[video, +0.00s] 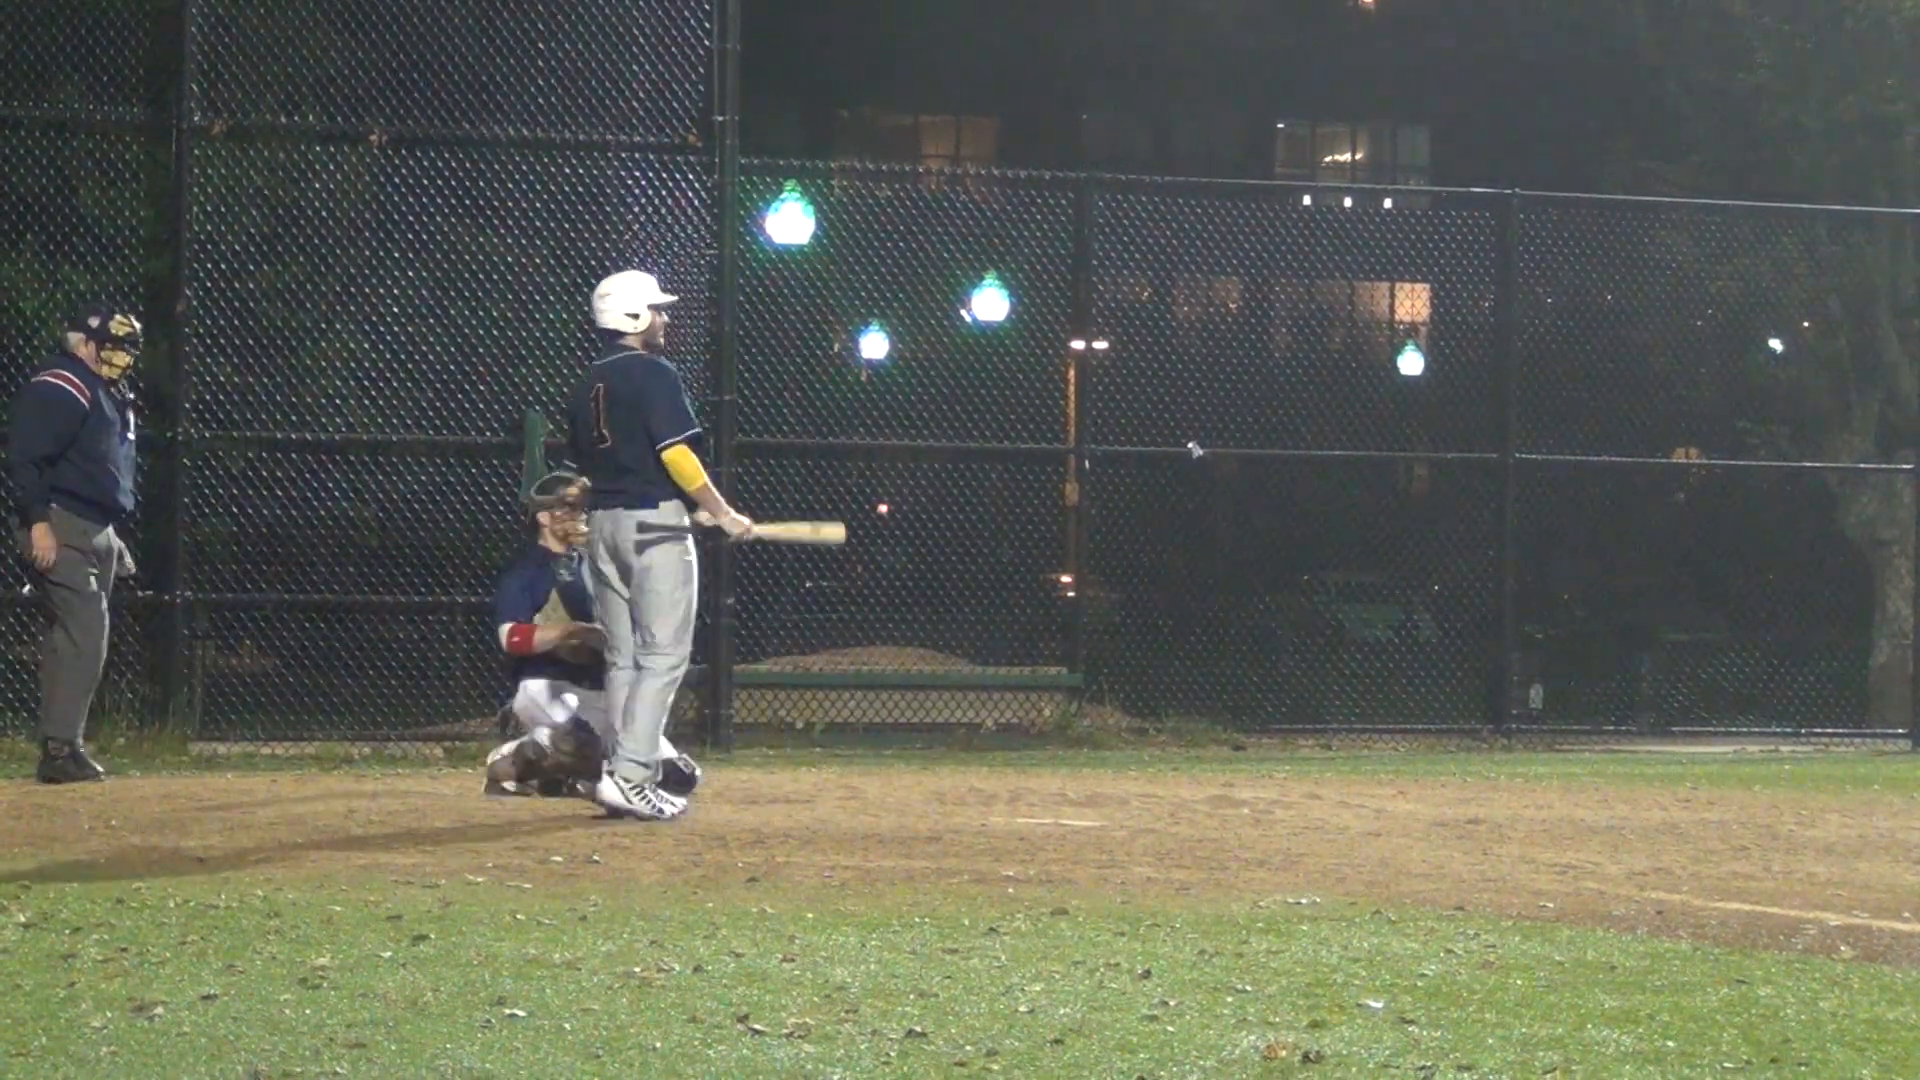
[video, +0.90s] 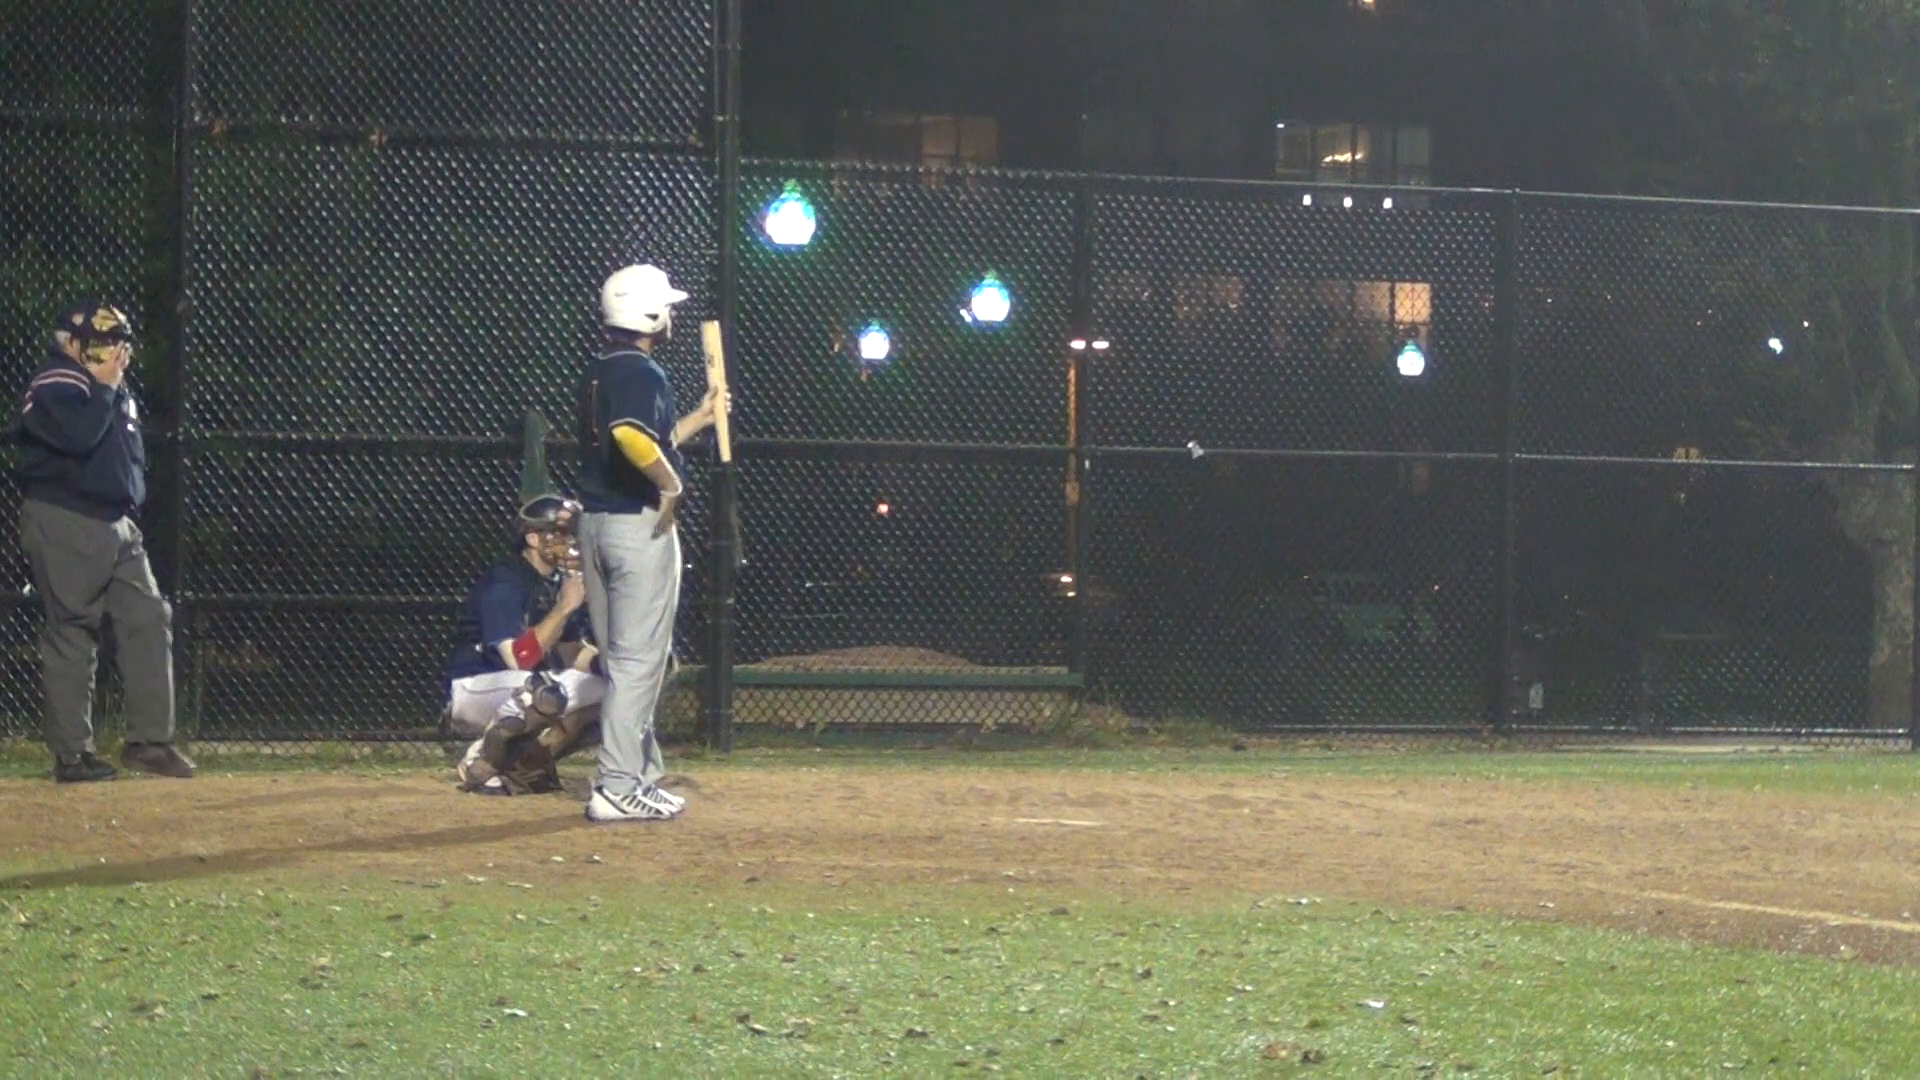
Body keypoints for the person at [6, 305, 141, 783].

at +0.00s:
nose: (121, 356)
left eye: (125, 348)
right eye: (113, 346)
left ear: (125, 351)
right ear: (86, 344)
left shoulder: (110, 393)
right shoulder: (62, 386)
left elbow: (105, 472)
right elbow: (24, 456)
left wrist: (113, 536)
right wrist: (37, 522)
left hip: (98, 531)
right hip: (65, 527)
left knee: (82, 636)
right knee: (82, 635)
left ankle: (64, 744)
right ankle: (60, 747)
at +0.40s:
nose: (117, 354)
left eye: (122, 346)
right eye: (108, 344)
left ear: (126, 347)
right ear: (82, 343)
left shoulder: (113, 390)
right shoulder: (59, 388)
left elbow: (111, 459)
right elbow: (25, 462)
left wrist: (117, 513)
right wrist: (65, 508)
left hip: (106, 527)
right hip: (60, 526)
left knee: (86, 632)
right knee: (84, 632)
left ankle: (63, 745)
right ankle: (70, 748)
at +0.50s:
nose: (113, 354)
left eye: (119, 346)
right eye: (105, 345)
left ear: (123, 348)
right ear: (80, 343)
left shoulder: (116, 390)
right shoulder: (57, 386)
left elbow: (123, 449)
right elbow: (36, 457)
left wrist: (129, 475)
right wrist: (99, 470)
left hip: (106, 525)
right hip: (65, 521)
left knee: (96, 635)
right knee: (78, 635)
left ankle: (69, 744)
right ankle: (69, 748)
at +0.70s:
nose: (109, 354)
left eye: (113, 346)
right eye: (100, 345)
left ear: (116, 350)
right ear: (72, 343)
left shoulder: (102, 389)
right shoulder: (55, 385)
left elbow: (113, 457)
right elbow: (57, 445)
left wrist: (121, 403)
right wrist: (109, 403)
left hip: (111, 524)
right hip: (64, 523)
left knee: (145, 623)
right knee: (73, 633)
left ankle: (94, 735)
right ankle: (71, 752)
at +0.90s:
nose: (120, 355)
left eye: (123, 346)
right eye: (109, 346)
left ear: (123, 350)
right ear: (79, 346)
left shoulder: (115, 396)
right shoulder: (58, 384)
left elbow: (131, 461)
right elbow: (77, 435)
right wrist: (112, 389)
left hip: (115, 524)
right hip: (65, 522)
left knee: (147, 618)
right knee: (73, 631)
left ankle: (150, 741)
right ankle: (72, 753)